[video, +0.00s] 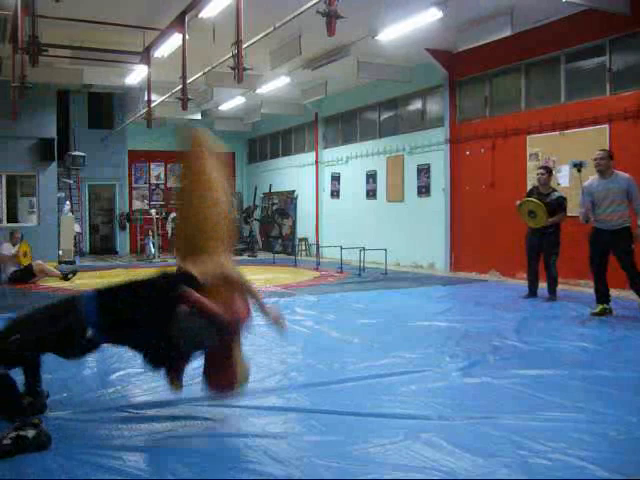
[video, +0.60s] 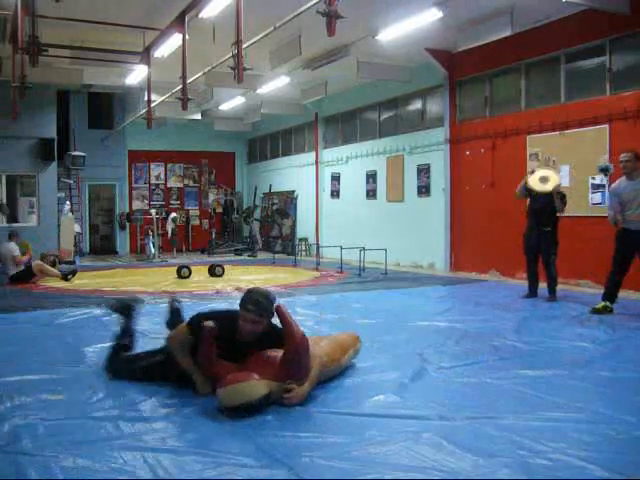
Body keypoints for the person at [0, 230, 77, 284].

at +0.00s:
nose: (18, 240)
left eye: (19, 238)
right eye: (16, 238)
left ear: (20, 239)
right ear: (11, 238)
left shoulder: (19, 247)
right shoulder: (6, 246)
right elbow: (4, 259)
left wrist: (25, 255)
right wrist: (16, 256)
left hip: (20, 272)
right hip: (11, 275)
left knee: (43, 269)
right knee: (39, 265)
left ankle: (63, 275)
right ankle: (62, 275)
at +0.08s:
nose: (19, 240)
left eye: (20, 237)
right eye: (17, 238)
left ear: (21, 237)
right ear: (12, 238)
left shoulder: (19, 247)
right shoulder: (7, 246)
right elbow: (3, 257)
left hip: (20, 273)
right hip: (12, 275)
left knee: (43, 269)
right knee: (38, 265)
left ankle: (63, 274)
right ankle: (62, 275)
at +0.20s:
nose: (19, 238)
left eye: (20, 236)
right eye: (17, 236)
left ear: (21, 237)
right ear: (12, 237)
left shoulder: (23, 247)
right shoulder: (6, 247)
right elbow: (2, 259)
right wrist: (5, 255)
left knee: (44, 268)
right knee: (38, 265)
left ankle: (63, 274)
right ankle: (62, 275)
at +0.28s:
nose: (19, 239)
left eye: (20, 237)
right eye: (17, 237)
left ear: (21, 238)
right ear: (12, 238)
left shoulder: (21, 247)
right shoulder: (7, 247)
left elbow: (24, 261)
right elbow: (2, 258)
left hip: (22, 273)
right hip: (13, 275)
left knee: (43, 268)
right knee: (38, 264)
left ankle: (63, 274)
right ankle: (62, 275)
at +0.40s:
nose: (19, 239)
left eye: (20, 237)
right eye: (17, 237)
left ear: (19, 238)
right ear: (11, 238)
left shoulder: (20, 248)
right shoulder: (6, 247)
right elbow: (2, 259)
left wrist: (26, 257)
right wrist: (13, 258)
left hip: (22, 274)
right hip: (13, 275)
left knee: (45, 270)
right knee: (38, 264)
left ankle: (63, 275)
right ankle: (62, 275)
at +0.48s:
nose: (19, 240)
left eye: (19, 238)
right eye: (17, 238)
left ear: (13, 238)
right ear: (13, 238)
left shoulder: (12, 247)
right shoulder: (8, 246)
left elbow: (11, 261)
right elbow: (8, 261)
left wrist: (22, 258)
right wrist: (21, 257)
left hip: (18, 275)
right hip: (14, 276)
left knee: (41, 267)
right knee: (38, 265)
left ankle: (63, 274)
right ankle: (62, 275)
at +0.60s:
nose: (18, 239)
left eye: (18, 238)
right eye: (17, 237)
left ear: (10, 237)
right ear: (14, 237)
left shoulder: (5, 246)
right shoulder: (12, 246)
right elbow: (18, 261)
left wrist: (25, 257)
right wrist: (28, 256)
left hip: (13, 275)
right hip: (15, 276)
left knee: (42, 269)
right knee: (38, 265)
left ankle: (63, 275)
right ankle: (62, 275)